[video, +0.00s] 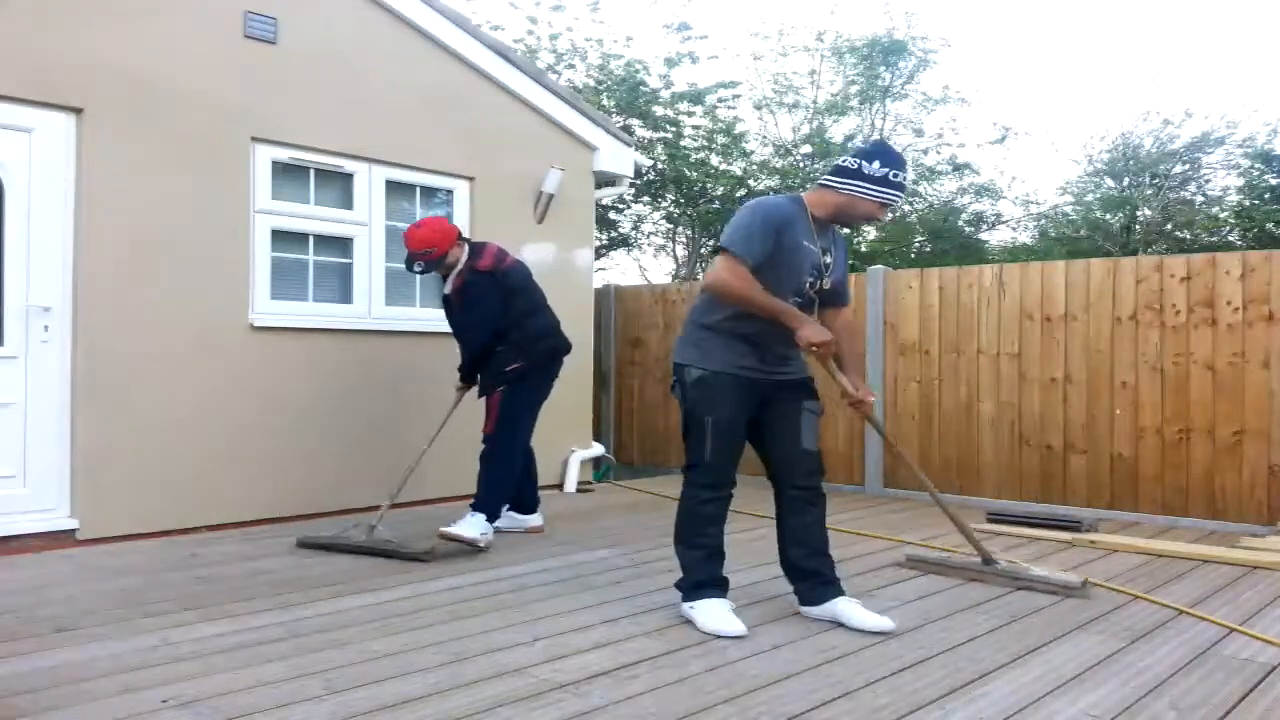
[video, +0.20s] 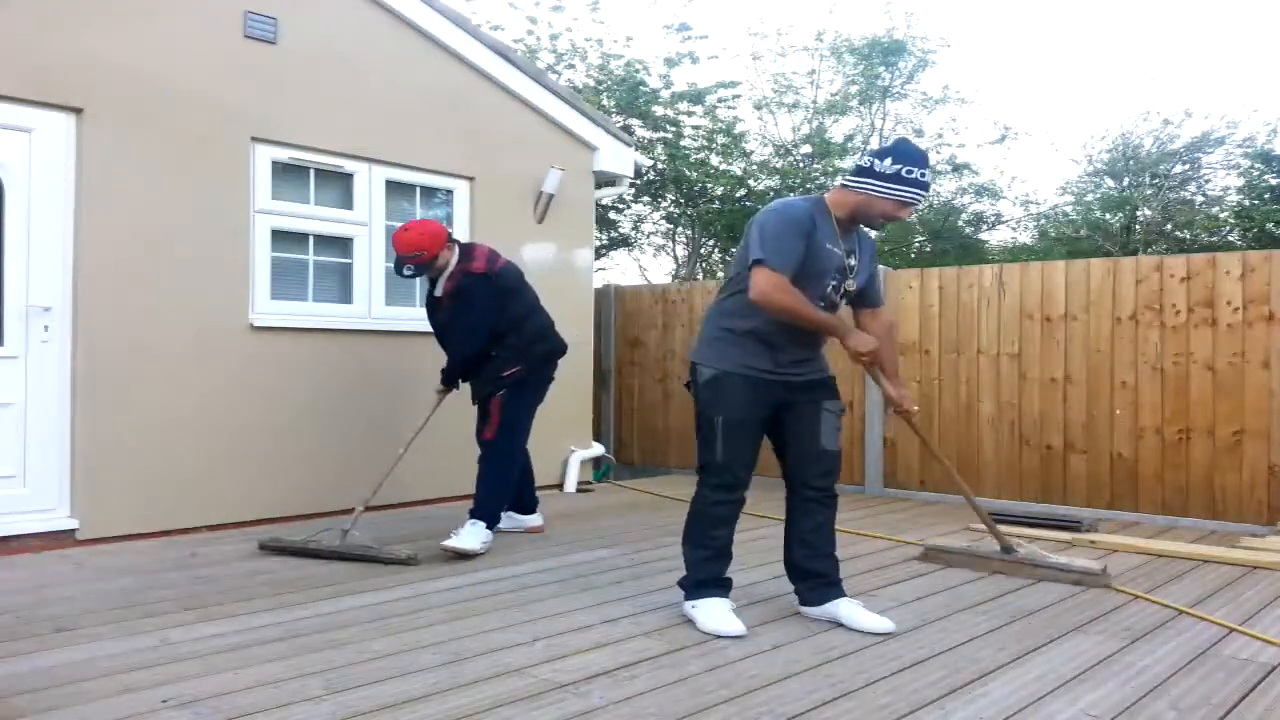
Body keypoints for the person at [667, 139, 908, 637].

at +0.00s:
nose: (882, 216)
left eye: (886, 208)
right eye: (882, 205)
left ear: (853, 188)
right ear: (857, 188)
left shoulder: (833, 244)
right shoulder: (770, 213)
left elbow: (839, 315)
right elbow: (721, 276)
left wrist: (852, 377)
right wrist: (797, 320)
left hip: (780, 373)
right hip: (717, 365)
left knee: (802, 481)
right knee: (710, 481)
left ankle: (818, 593)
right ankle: (702, 592)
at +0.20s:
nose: (903, 217)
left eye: (909, 208)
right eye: (903, 205)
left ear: (876, 191)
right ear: (876, 188)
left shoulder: (863, 247)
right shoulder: (789, 216)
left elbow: (874, 318)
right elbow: (766, 290)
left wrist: (892, 382)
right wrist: (840, 329)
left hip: (802, 372)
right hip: (735, 366)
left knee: (816, 483)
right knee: (724, 482)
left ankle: (819, 593)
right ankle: (705, 592)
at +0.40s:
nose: (910, 207)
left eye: (916, 198)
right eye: (910, 194)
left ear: (889, 184)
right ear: (883, 178)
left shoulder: (878, 237)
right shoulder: (796, 208)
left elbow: (883, 302)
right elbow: (730, 254)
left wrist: (887, 353)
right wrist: (814, 281)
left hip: (823, 376)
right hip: (753, 368)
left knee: (816, 489)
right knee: (735, 484)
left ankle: (820, 593)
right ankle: (713, 592)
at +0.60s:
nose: (922, 206)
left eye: (929, 198)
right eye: (921, 193)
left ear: (902, 184)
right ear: (892, 175)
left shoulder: (902, 240)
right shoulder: (794, 203)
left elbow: (899, 312)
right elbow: (695, 212)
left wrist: (849, 331)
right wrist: (738, 237)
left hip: (834, 379)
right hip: (760, 367)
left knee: (824, 488)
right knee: (741, 482)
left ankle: (821, 593)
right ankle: (722, 591)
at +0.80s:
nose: (928, 211)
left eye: (935, 203)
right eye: (925, 198)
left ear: (932, 199)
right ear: (896, 180)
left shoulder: (916, 246)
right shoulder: (800, 202)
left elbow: (903, 317)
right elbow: (700, 217)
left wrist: (847, 352)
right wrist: (728, 259)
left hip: (839, 378)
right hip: (760, 362)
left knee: (827, 488)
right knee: (745, 479)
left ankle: (822, 594)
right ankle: (737, 585)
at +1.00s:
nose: (908, 207)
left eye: (913, 198)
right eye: (903, 196)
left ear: (900, 189)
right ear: (872, 182)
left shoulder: (905, 242)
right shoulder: (782, 209)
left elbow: (912, 312)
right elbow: (704, 257)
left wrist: (879, 374)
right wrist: (747, 301)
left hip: (839, 382)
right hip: (759, 371)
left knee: (830, 487)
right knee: (748, 479)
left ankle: (822, 593)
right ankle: (756, 581)